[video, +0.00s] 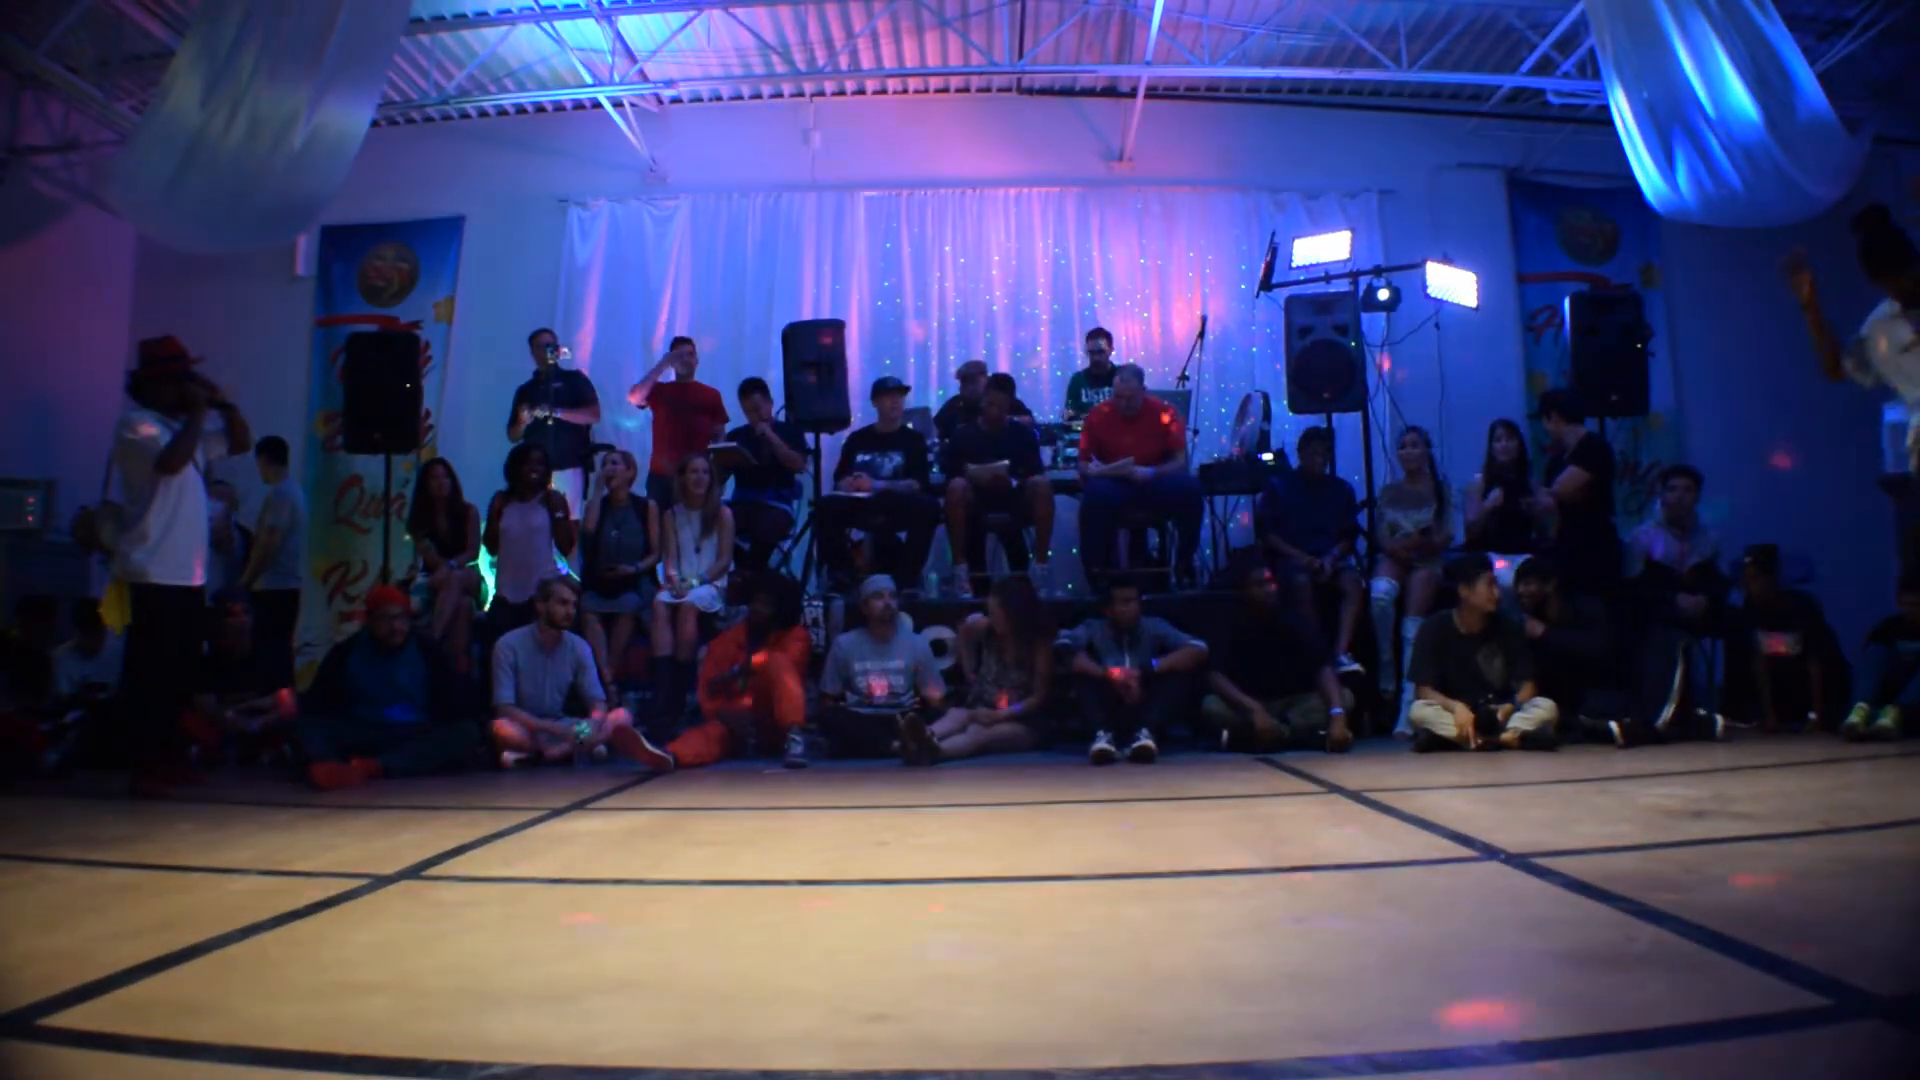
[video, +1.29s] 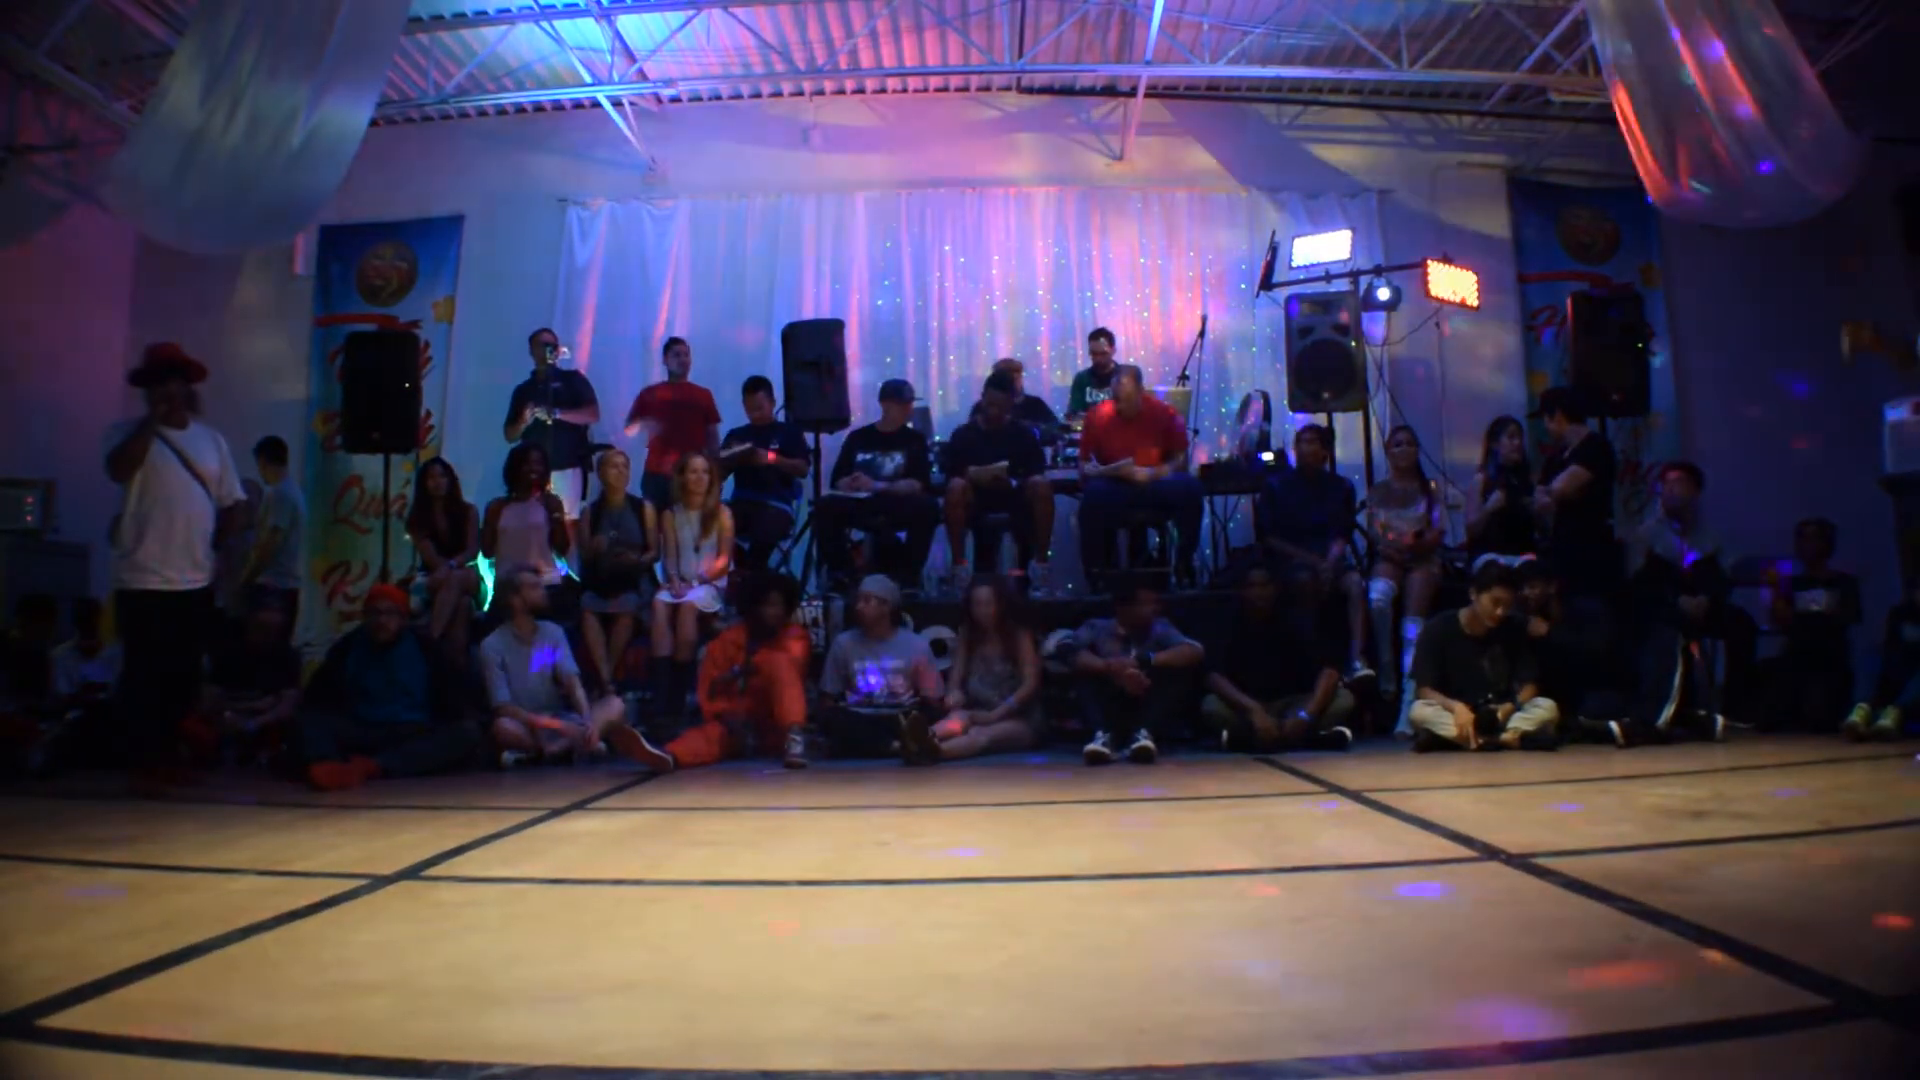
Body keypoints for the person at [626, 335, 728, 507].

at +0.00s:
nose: (685, 360)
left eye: (690, 355)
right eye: (679, 355)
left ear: (696, 360)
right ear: (671, 360)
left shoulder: (711, 395)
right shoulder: (659, 390)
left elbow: (719, 438)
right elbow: (635, 398)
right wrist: (664, 363)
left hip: (697, 480)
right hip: (662, 476)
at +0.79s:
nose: (685, 361)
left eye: (689, 356)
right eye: (679, 356)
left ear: (695, 360)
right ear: (669, 361)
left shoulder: (708, 396)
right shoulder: (658, 392)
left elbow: (717, 436)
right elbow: (635, 401)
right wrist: (663, 364)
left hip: (697, 480)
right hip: (662, 477)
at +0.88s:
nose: (686, 361)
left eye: (690, 356)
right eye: (680, 356)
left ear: (695, 360)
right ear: (670, 361)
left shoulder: (708, 396)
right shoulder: (658, 392)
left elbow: (717, 435)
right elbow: (633, 403)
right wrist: (661, 367)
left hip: (697, 479)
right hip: (663, 476)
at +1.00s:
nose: (686, 361)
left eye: (690, 356)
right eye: (680, 356)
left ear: (695, 360)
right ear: (669, 361)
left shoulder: (707, 397)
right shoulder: (657, 392)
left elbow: (716, 440)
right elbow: (628, 412)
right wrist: (653, 377)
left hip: (695, 478)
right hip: (661, 475)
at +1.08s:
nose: (686, 360)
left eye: (689, 355)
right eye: (679, 356)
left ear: (694, 359)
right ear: (669, 360)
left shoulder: (707, 396)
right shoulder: (657, 394)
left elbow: (716, 440)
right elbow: (624, 418)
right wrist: (646, 389)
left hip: (695, 478)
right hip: (661, 475)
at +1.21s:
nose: (684, 360)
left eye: (687, 355)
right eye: (678, 355)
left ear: (692, 359)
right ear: (667, 360)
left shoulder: (704, 396)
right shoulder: (652, 394)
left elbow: (714, 440)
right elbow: (625, 427)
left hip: (693, 476)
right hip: (659, 474)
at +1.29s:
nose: (683, 360)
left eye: (686, 355)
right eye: (676, 355)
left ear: (691, 359)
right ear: (665, 360)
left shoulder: (703, 396)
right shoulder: (650, 394)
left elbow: (713, 438)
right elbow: (629, 430)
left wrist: (715, 477)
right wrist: (644, 424)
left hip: (692, 477)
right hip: (658, 474)